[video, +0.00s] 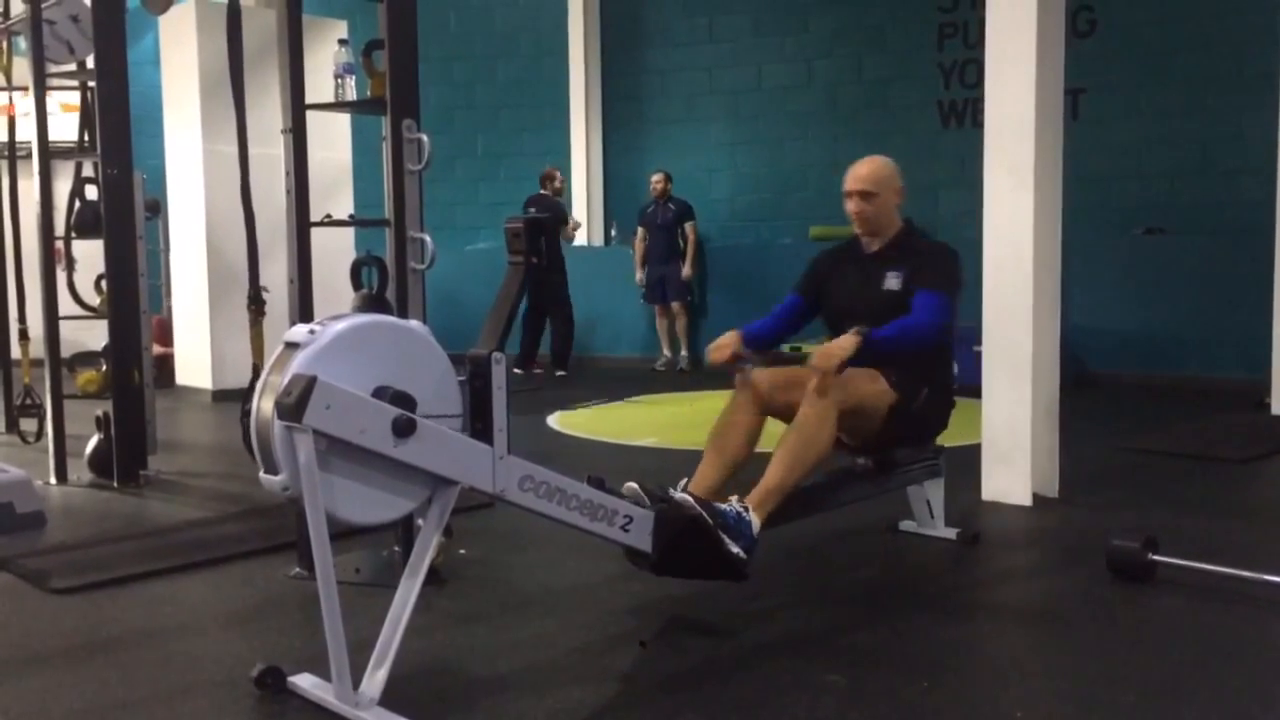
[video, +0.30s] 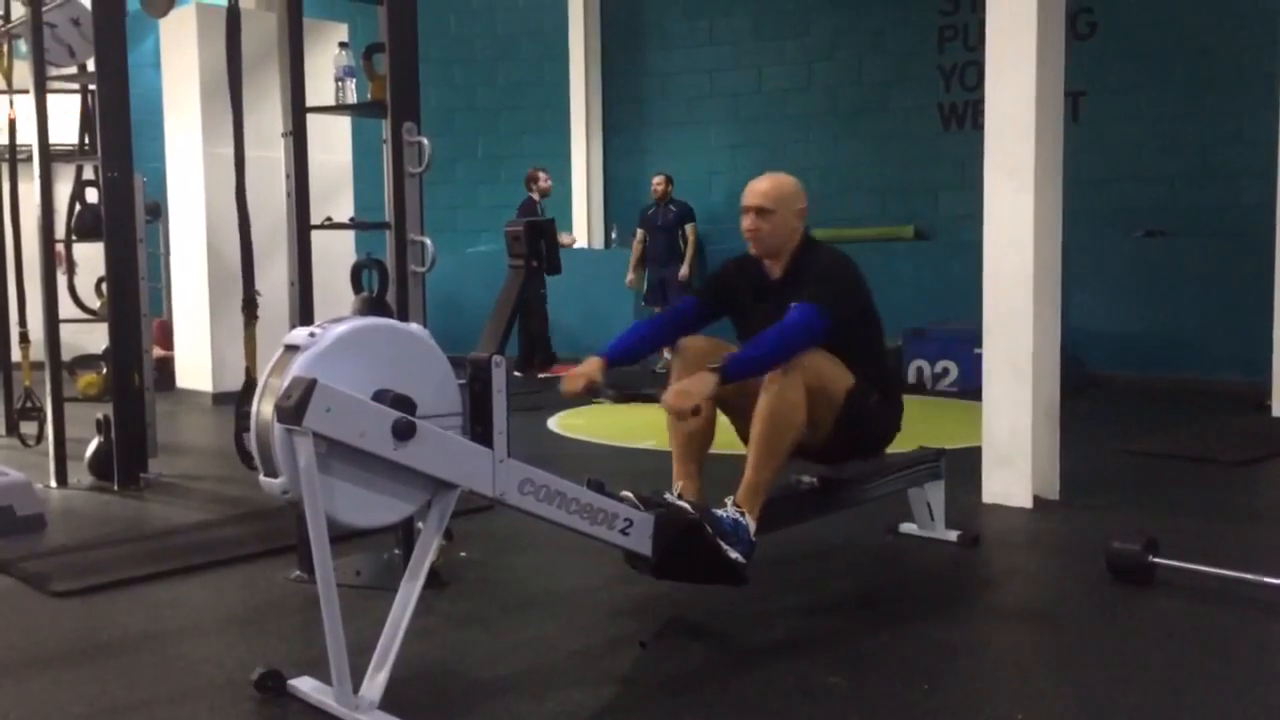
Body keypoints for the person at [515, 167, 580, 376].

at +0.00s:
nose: (563, 184)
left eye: (562, 181)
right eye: (560, 181)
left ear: (543, 184)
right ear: (549, 184)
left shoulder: (529, 203)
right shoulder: (556, 206)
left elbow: (539, 228)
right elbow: (568, 237)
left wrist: (567, 223)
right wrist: (573, 227)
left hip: (533, 266)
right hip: (553, 266)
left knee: (535, 311)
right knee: (562, 313)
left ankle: (524, 361)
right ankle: (560, 365)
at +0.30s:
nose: (550, 183)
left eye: (549, 179)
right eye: (546, 180)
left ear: (538, 185)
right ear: (534, 185)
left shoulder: (536, 206)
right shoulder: (530, 208)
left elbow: (540, 233)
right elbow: (535, 237)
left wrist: (558, 238)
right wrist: (558, 240)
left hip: (537, 269)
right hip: (531, 270)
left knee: (536, 317)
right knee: (534, 317)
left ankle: (540, 360)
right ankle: (534, 362)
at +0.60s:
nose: (540, 183)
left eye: (539, 179)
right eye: (535, 180)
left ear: (530, 185)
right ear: (523, 185)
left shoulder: (537, 210)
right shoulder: (516, 210)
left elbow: (542, 239)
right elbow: (517, 242)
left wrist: (546, 261)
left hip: (534, 271)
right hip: (519, 271)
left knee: (533, 319)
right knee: (518, 319)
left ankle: (529, 365)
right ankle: (513, 366)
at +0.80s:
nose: (534, 184)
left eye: (534, 180)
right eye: (529, 181)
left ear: (530, 185)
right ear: (518, 185)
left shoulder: (535, 211)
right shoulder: (507, 209)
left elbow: (541, 239)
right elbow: (508, 237)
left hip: (533, 271)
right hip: (513, 272)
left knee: (533, 319)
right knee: (512, 319)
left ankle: (529, 366)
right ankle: (510, 367)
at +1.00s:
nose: (535, 187)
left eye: (535, 184)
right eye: (530, 184)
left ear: (533, 187)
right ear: (518, 187)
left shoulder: (534, 212)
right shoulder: (505, 208)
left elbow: (538, 241)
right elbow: (519, 217)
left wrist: (543, 265)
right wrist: (521, 194)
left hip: (533, 272)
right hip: (512, 273)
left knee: (545, 316)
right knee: (510, 319)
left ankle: (536, 362)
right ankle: (509, 366)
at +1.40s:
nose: (548, 196)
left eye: (549, 192)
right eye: (546, 192)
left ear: (545, 193)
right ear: (535, 190)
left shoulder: (544, 214)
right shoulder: (516, 209)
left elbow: (551, 246)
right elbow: (529, 217)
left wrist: (555, 273)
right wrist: (533, 195)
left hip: (545, 277)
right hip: (524, 277)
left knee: (543, 325)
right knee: (516, 324)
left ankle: (548, 367)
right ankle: (510, 368)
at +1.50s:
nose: (552, 198)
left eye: (553, 195)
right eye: (550, 194)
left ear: (551, 196)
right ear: (539, 191)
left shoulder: (549, 215)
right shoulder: (521, 209)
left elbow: (552, 246)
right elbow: (532, 217)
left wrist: (556, 272)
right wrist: (537, 196)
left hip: (550, 276)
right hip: (528, 276)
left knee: (546, 324)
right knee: (519, 322)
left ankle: (548, 365)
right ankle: (511, 366)